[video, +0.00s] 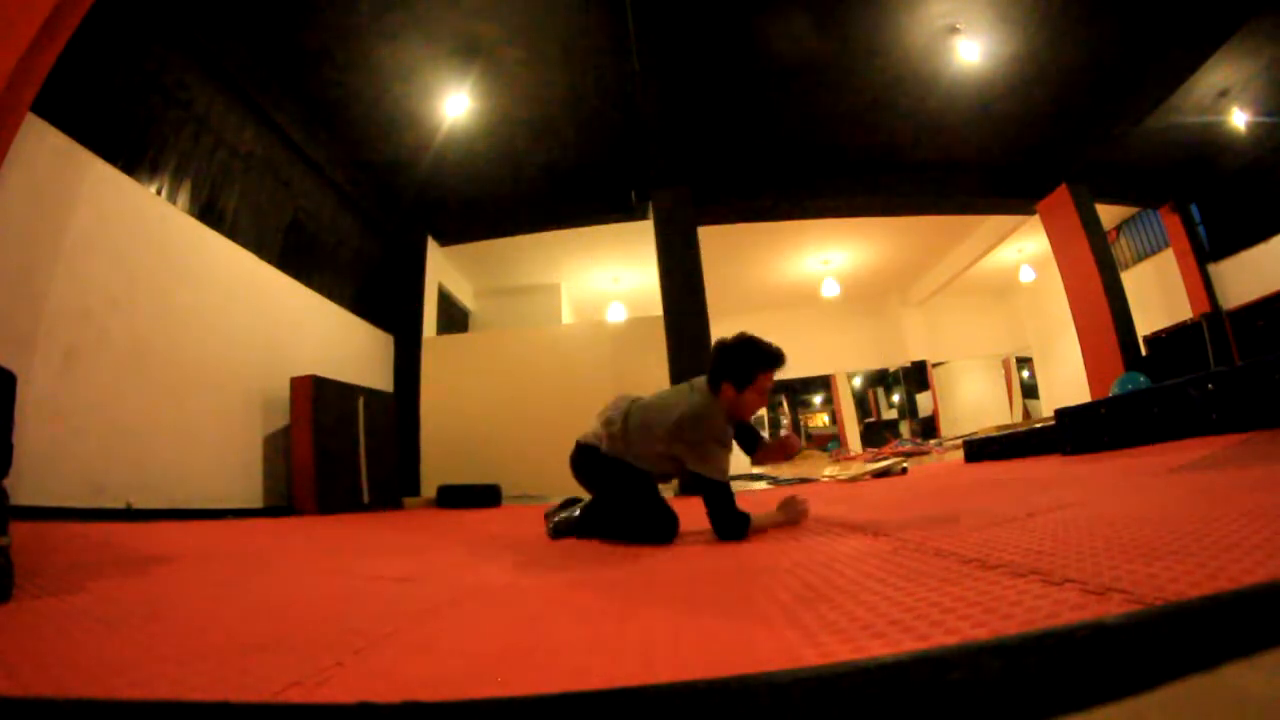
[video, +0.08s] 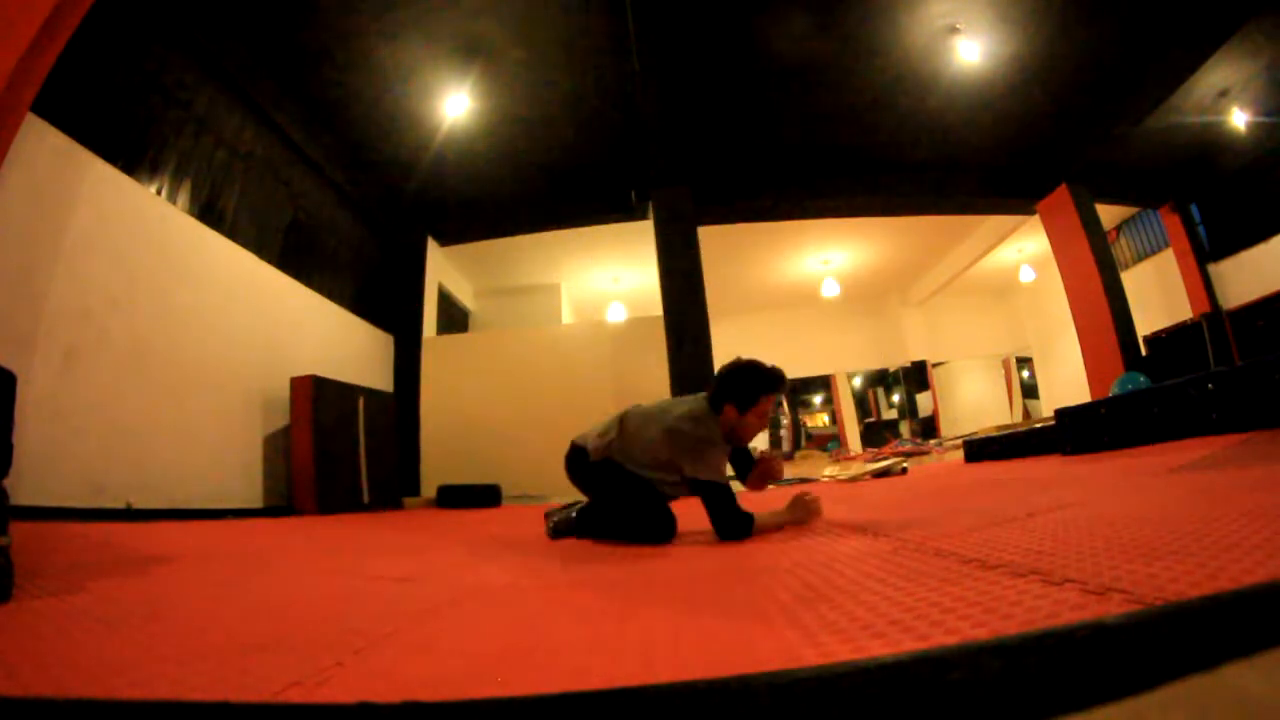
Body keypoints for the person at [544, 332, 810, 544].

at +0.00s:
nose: (766, 401)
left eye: (768, 391)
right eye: (762, 390)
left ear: (730, 386)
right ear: (732, 388)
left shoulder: (715, 394)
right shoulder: (704, 418)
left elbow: (756, 449)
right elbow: (728, 527)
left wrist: (781, 450)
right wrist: (779, 518)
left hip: (621, 452)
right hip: (597, 458)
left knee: (649, 511)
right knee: (662, 527)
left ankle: (581, 509)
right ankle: (576, 520)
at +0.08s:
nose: (767, 423)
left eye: (770, 413)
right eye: (763, 413)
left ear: (732, 409)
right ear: (733, 412)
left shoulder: (718, 414)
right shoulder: (701, 435)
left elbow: (750, 477)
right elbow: (731, 528)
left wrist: (765, 471)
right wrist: (789, 515)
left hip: (617, 453)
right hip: (591, 461)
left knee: (658, 513)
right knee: (659, 527)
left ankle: (582, 512)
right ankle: (577, 521)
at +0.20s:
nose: (767, 451)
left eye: (773, 445)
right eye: (766, 442)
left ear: (739, 425)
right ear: (740, 428)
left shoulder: (720, 427)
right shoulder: (703, 436)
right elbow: (728, 527)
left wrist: (737, 494)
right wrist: (788, 517)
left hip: (620, 449)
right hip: (593, 454)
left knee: (654, 513)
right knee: (658, 527)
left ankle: (587, 512)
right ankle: (578, 520)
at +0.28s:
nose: (761, 467)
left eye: (769, 463)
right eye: (763, 461)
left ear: (742, 433)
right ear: (745, 440)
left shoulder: (725, 430)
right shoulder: (707, 439)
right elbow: (732, 528)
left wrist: (740, 488)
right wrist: (789, 517)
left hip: (622, 451)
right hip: (598, 455)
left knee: (658, 514)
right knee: (660, 528)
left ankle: (587, 509)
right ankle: (579, 519)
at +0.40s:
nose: (758, 487)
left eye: (765, 486)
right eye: (763, 480)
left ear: (755, 451)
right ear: (756, 458)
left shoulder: (735, 438)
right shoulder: (713, 441)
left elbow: (737, 518)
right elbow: (735, 528)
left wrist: (748, 498)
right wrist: (788, 519)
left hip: (629, 452)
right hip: (607, 451)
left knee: (663, 519)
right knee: (662, 527)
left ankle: (586, 510)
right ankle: (579, 520)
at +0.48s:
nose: (757, 492)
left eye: (764, 490)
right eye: (763, 484)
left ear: (761, 452)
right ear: (762, 461)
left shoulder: (735, 438)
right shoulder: (716, 438)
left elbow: (734, 516)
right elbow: (735, 528)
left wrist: (751, 507)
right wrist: (790, 520)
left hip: (634, 451)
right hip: (612, 449)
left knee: (662, 520)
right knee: (663, 526)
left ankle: (586, 510)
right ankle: (579, 520)